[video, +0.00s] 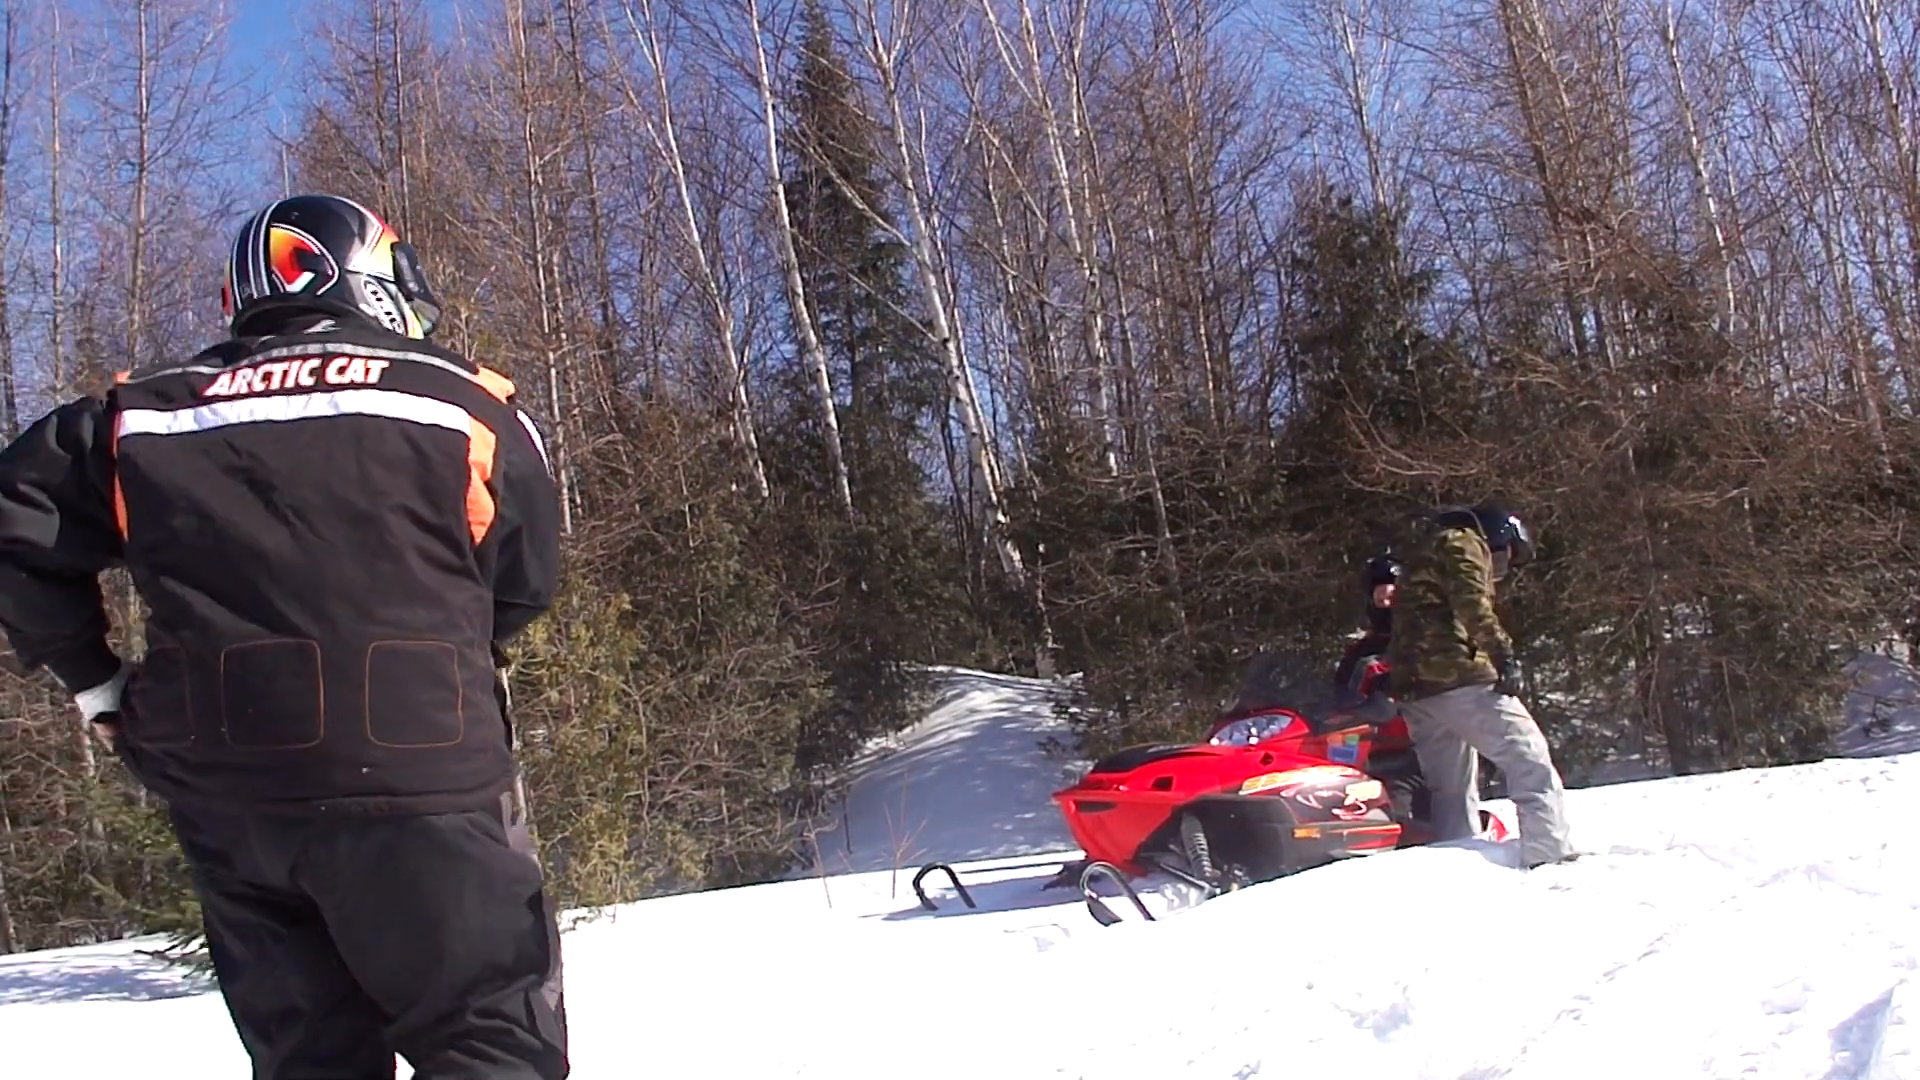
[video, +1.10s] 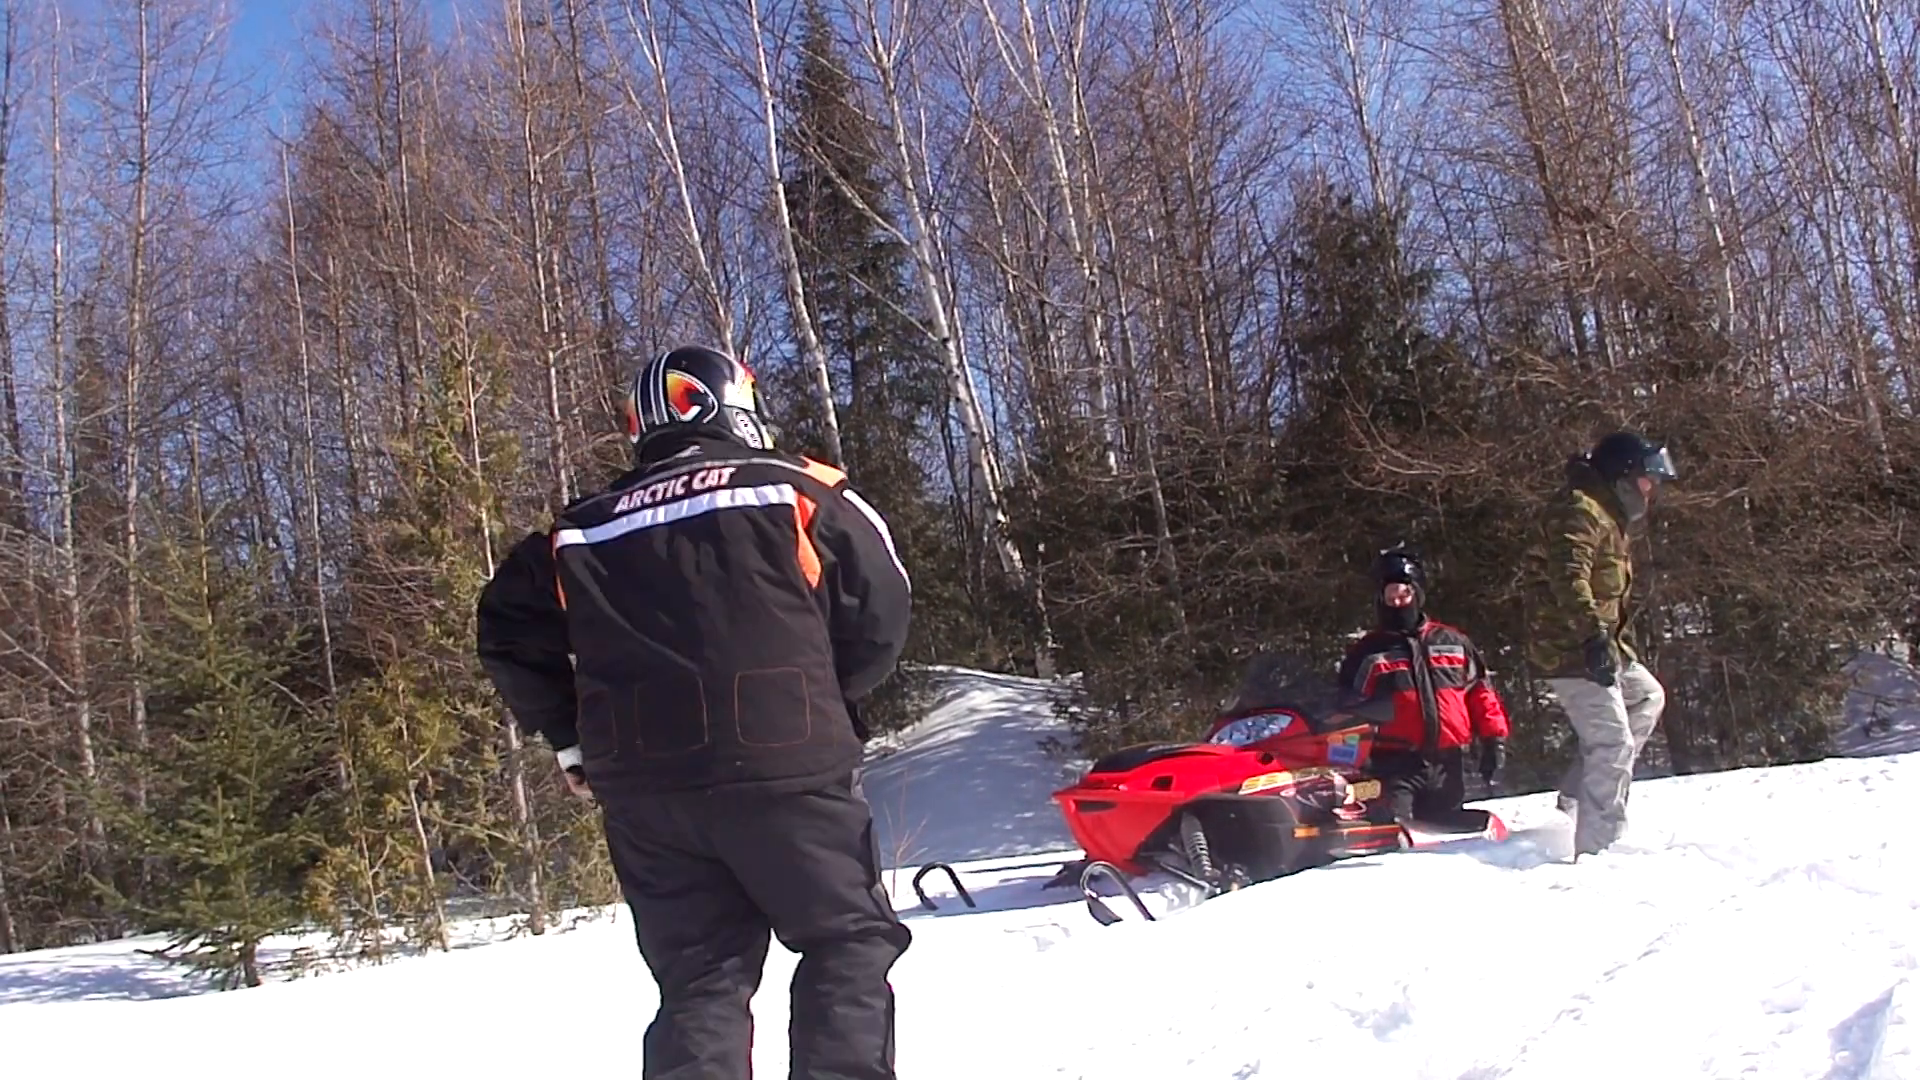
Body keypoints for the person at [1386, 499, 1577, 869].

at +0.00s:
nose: (1504, 566)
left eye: (1510, 560)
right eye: (1508, 555)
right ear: (1497, 536)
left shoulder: (1421, 551)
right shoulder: (1461, 542)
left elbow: (1409, 623)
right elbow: (1473, 606)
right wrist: (1505, 657)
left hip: (1412, 686)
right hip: (1456, 675)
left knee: (1450, 789)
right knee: (1527, 753)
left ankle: (1459, 868)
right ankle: (1548, 853)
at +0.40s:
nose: (1569, 554)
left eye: (1574, 547)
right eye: (1571, 543)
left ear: (1545, 525)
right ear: (1554, 528)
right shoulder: (1513, 543)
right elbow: (1507, 612)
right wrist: (1528, 677)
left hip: (1461, 681)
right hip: (1494, 678)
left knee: (1474, 776)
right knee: (1561, 750)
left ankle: (1467, 858)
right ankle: (1593, 847)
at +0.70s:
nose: (1635, 543)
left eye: (1640, 535)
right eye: (1635, 532)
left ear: (1608, 520)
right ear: (1615, 522)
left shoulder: (1547, 538)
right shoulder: (1572, 546)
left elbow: (1511, 609)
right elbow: (1560, 616)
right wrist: (1590, 678)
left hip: (1508, 675)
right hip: (1539, 674)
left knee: (1513, 770)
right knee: (1608, 745)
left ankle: (1482, 854)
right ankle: (1599, 854)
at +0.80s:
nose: (1647, 529)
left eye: (1651, 520)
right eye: (1645, 517)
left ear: (1615, 509)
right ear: (1623, 510)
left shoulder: (1582, 534)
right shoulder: (1580, 537)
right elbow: (1567, 609)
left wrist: (1601, 661)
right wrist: (1602, 669)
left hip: (1519, 665)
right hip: (1544, 665)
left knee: (1546, 751)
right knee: (1608, 744)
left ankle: (1483, 836)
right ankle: (1599, 853)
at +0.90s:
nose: (1649, 518)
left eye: (1652, 509)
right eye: (1646, 506)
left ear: (1620, 499)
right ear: (1623, 499)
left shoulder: (1597, 532)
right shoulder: (1578, 528)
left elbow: (1593, 604)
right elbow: (1567, 598)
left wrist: (1608, 654)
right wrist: (1603, 657)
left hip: (1546, 657)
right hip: (1550, 656)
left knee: (1575, 747)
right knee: (1607, 745)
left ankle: (1490, 809)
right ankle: (1598, 853)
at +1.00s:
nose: (1650, 505)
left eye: (1653, 496)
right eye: (1646, 494)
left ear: (1619, 488)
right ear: (1621, 487)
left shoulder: (1602, 524)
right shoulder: (1578, 520)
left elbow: (1590, 595)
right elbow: (1569, 588)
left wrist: (1608, 649)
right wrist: (1601, 651)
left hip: (1582, 648)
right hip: (1557, 651)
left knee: (1626, 712)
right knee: (1607, 742)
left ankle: (1525, 786)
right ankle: (1597, 849)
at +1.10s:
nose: (1651, 487)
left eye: (1653, 478)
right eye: (1646, 477)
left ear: (1622, 477)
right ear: (1620, 475)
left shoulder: (1608, 515)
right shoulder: (1579, 511)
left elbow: (1601, 587)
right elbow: (1570, 578)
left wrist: (1616, 640)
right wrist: (1593, 638)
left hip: (1601, 646)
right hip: (1570, 652)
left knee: (1648, 697)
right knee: (1613, 744)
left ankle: (1584, 787)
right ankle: (1595, 850)